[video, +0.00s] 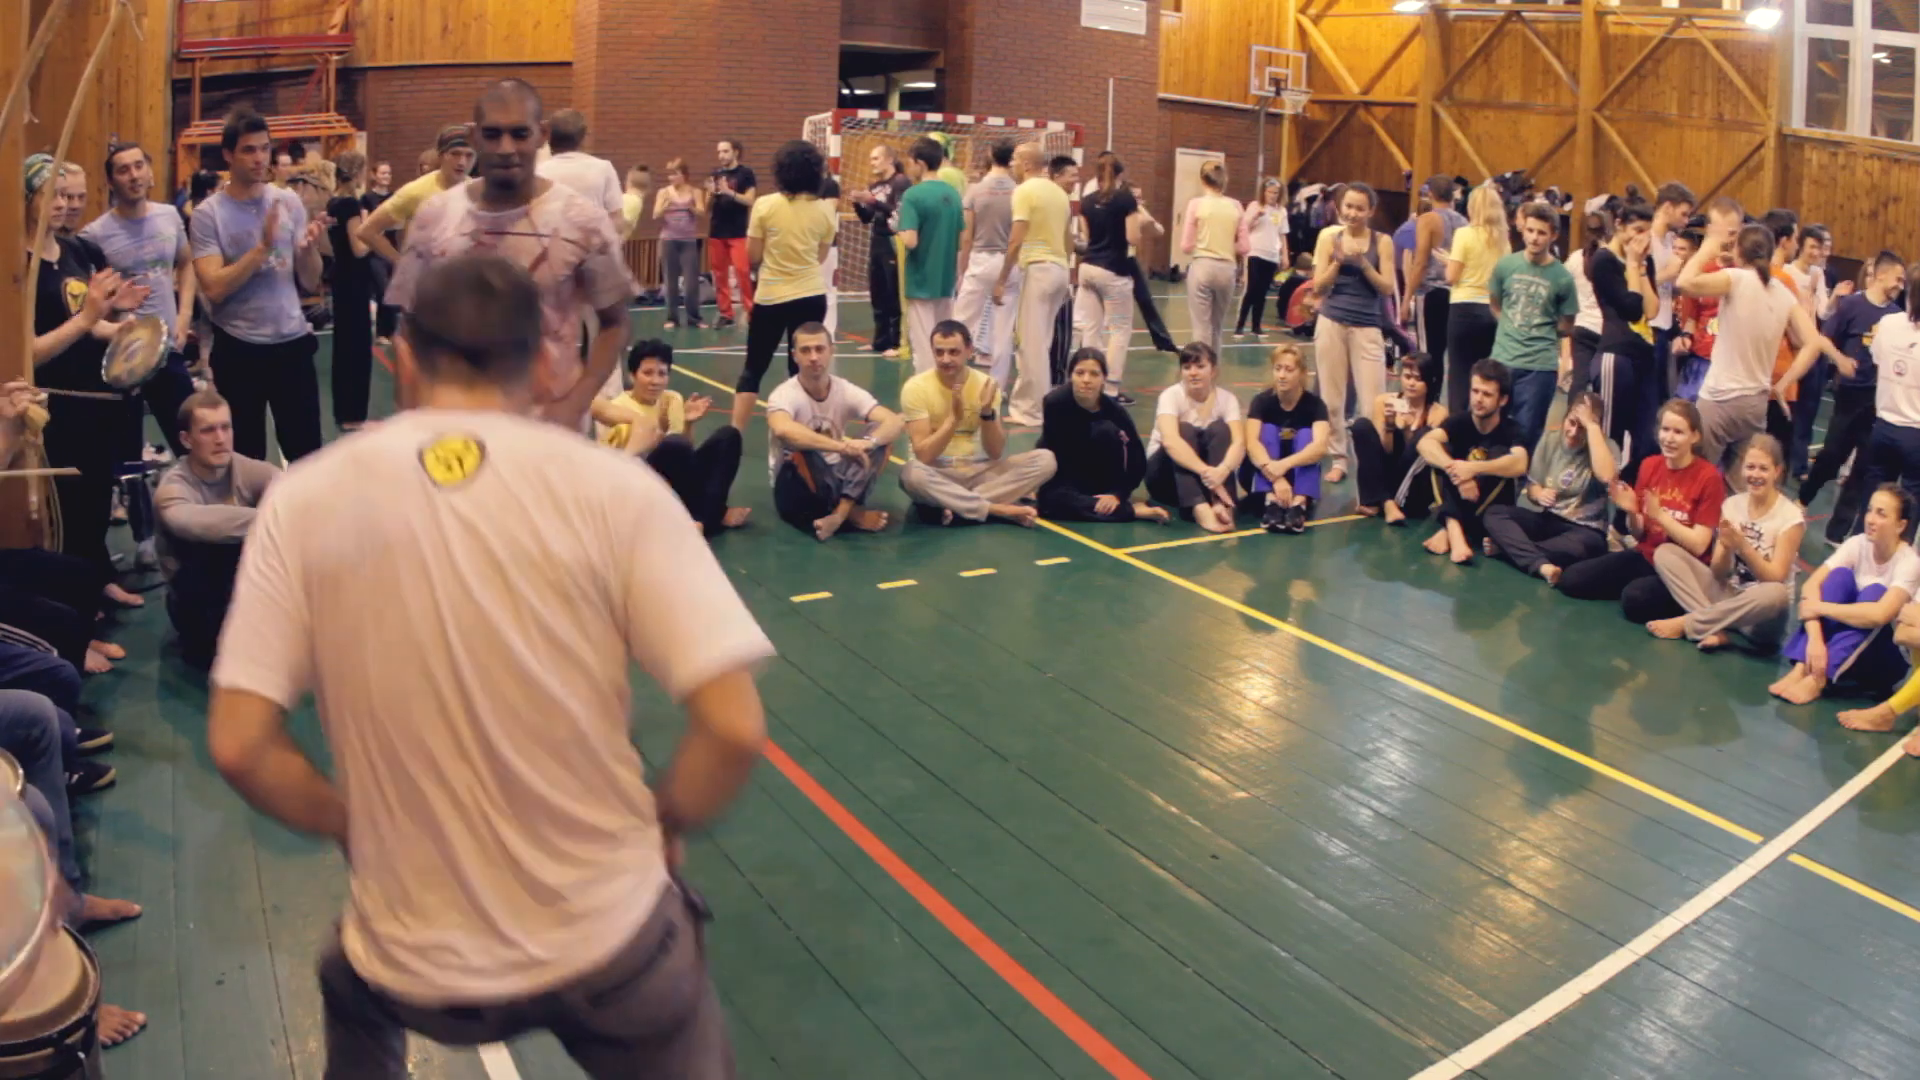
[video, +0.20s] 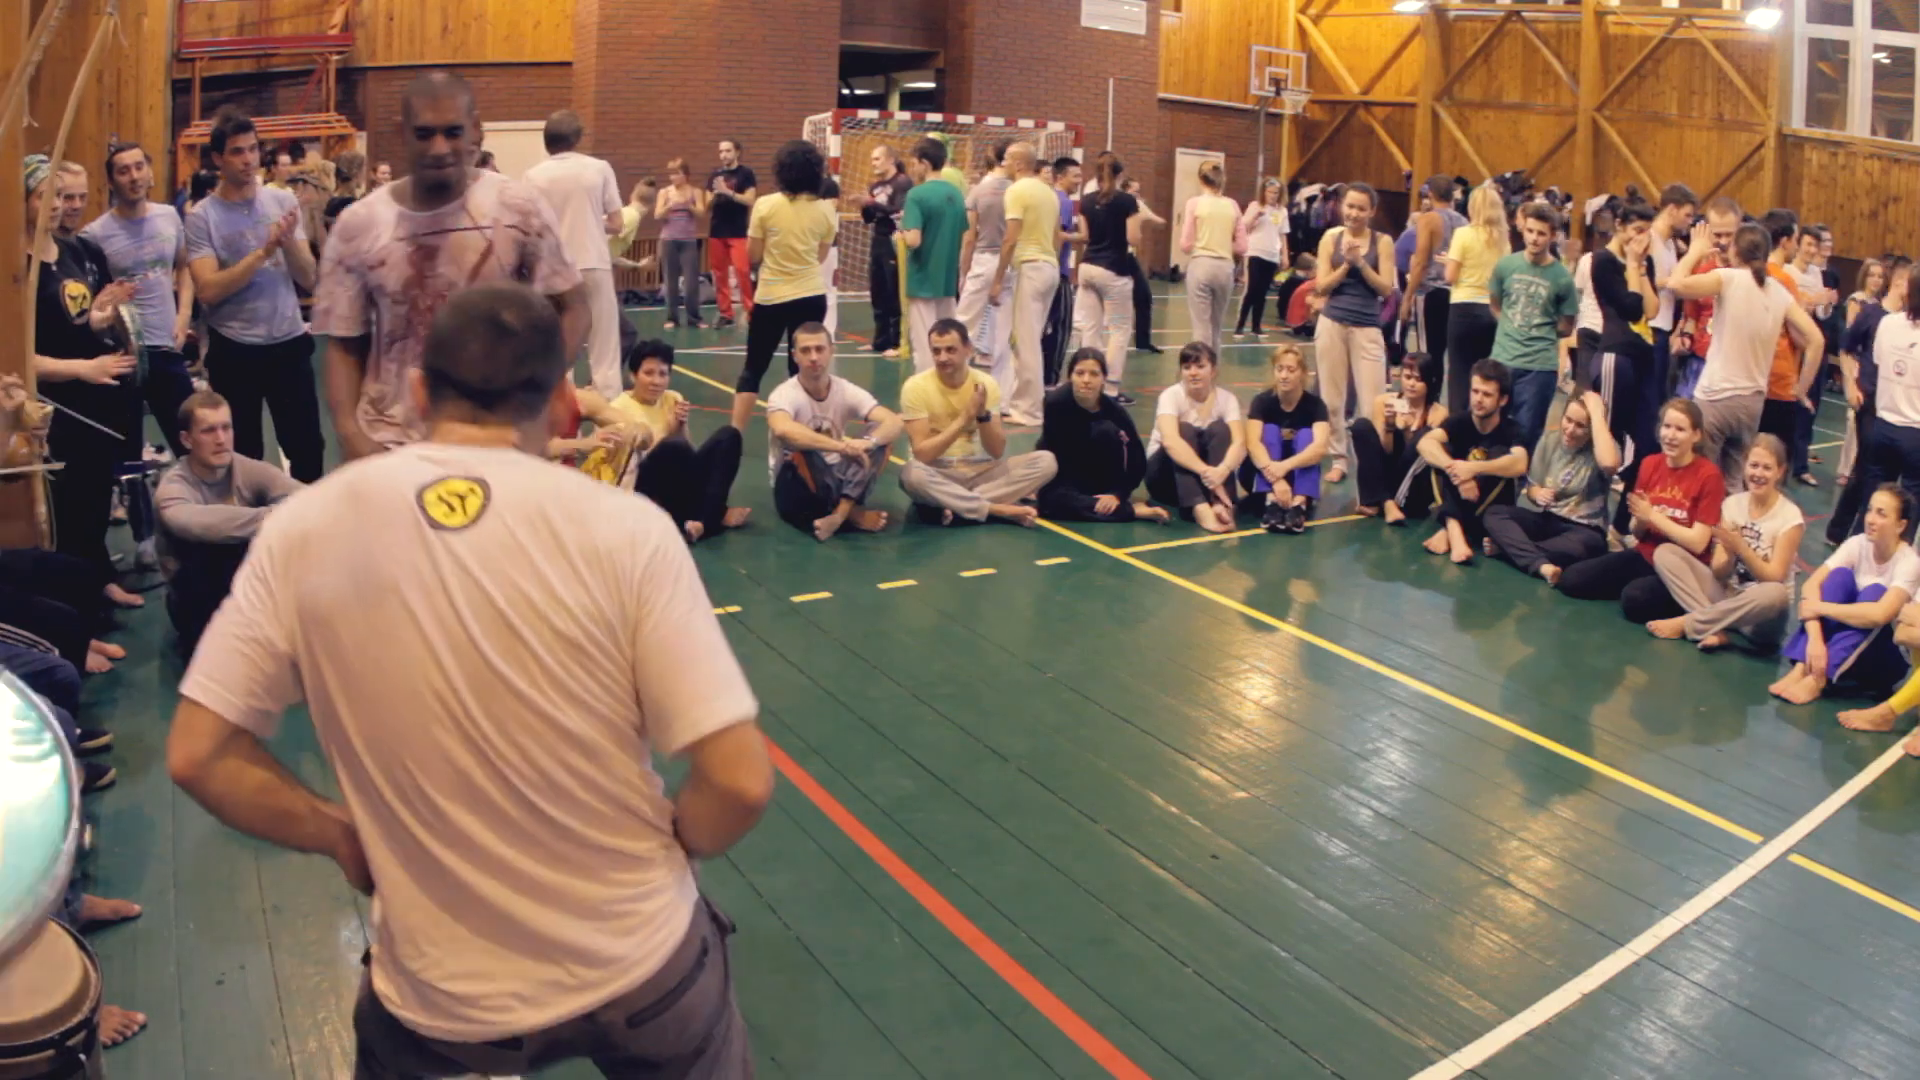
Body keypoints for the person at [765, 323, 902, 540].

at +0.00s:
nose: (813, 358)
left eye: (820, 350)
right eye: (805, 351)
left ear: (831, 351)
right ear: (794, 355)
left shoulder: (843, 389)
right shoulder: (784, 394)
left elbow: (895, 421)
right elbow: (782, 430)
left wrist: (870, 442)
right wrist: (841, 447)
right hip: (797, 496)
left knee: (881, 439)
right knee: (803, 451)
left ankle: (838, 514)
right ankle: (852, 512)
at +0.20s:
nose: (814, 358)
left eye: (820, 350)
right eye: (805, 351)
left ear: (831, 351)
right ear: (794, 355)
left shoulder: (843, 389)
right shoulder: (784, 394)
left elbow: (895, 422)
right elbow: (782, 430)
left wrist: (869, 442)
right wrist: (841, 446)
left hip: (839, 492)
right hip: (797, 496)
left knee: (881, 440)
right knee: (801, 450)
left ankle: (838, 515)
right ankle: (852, 512)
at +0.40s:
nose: (813, 358)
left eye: (820, 350)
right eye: (805, 351)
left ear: (831, 351)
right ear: (794, 355)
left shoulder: (843, 389)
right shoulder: (784, 394)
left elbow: (894, 423)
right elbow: (782, 430)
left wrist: (869, 442)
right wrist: (841, 447)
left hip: (839, 492)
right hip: (797, 496)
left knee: (881, 441)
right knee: (802, 451)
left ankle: (839, 514)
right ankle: (851, 512)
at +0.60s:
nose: (814, 357)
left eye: (821, 349)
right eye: (806, 350)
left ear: (832, 351)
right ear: (794, 354)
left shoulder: (843, 389)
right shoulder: (784, 394)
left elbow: (894, 423)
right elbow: (782, 430)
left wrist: (869, 442)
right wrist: (841, 447)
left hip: (839, 492)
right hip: (797, 496)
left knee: (881, 440)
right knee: (802, 451)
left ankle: (839, 514)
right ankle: (851, 512)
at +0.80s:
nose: (814, 358)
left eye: (821, 350)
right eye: (806, 351)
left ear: (832, 351)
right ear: (794, 355)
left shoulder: (844, 390)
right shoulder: (784, 394)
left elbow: (895, 423)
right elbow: (782, 430)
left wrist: (869, 442)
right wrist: (841, 447)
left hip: (839, 492)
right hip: (797, 497)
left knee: (881, 439)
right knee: (802, 450)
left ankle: (838, 515)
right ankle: (852, 511)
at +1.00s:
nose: (814, 358)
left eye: (820, 350)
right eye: (805, 351)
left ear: (832, 351)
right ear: (794, 355)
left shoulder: (844, 390)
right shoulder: (784, 394)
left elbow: (896, 422)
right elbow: (782, 430)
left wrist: (870, 442)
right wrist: (841, 447)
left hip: (839, 492)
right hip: (797, 497)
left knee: (881, 439)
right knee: (803, 448)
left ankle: (838, 515)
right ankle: (852, 511)